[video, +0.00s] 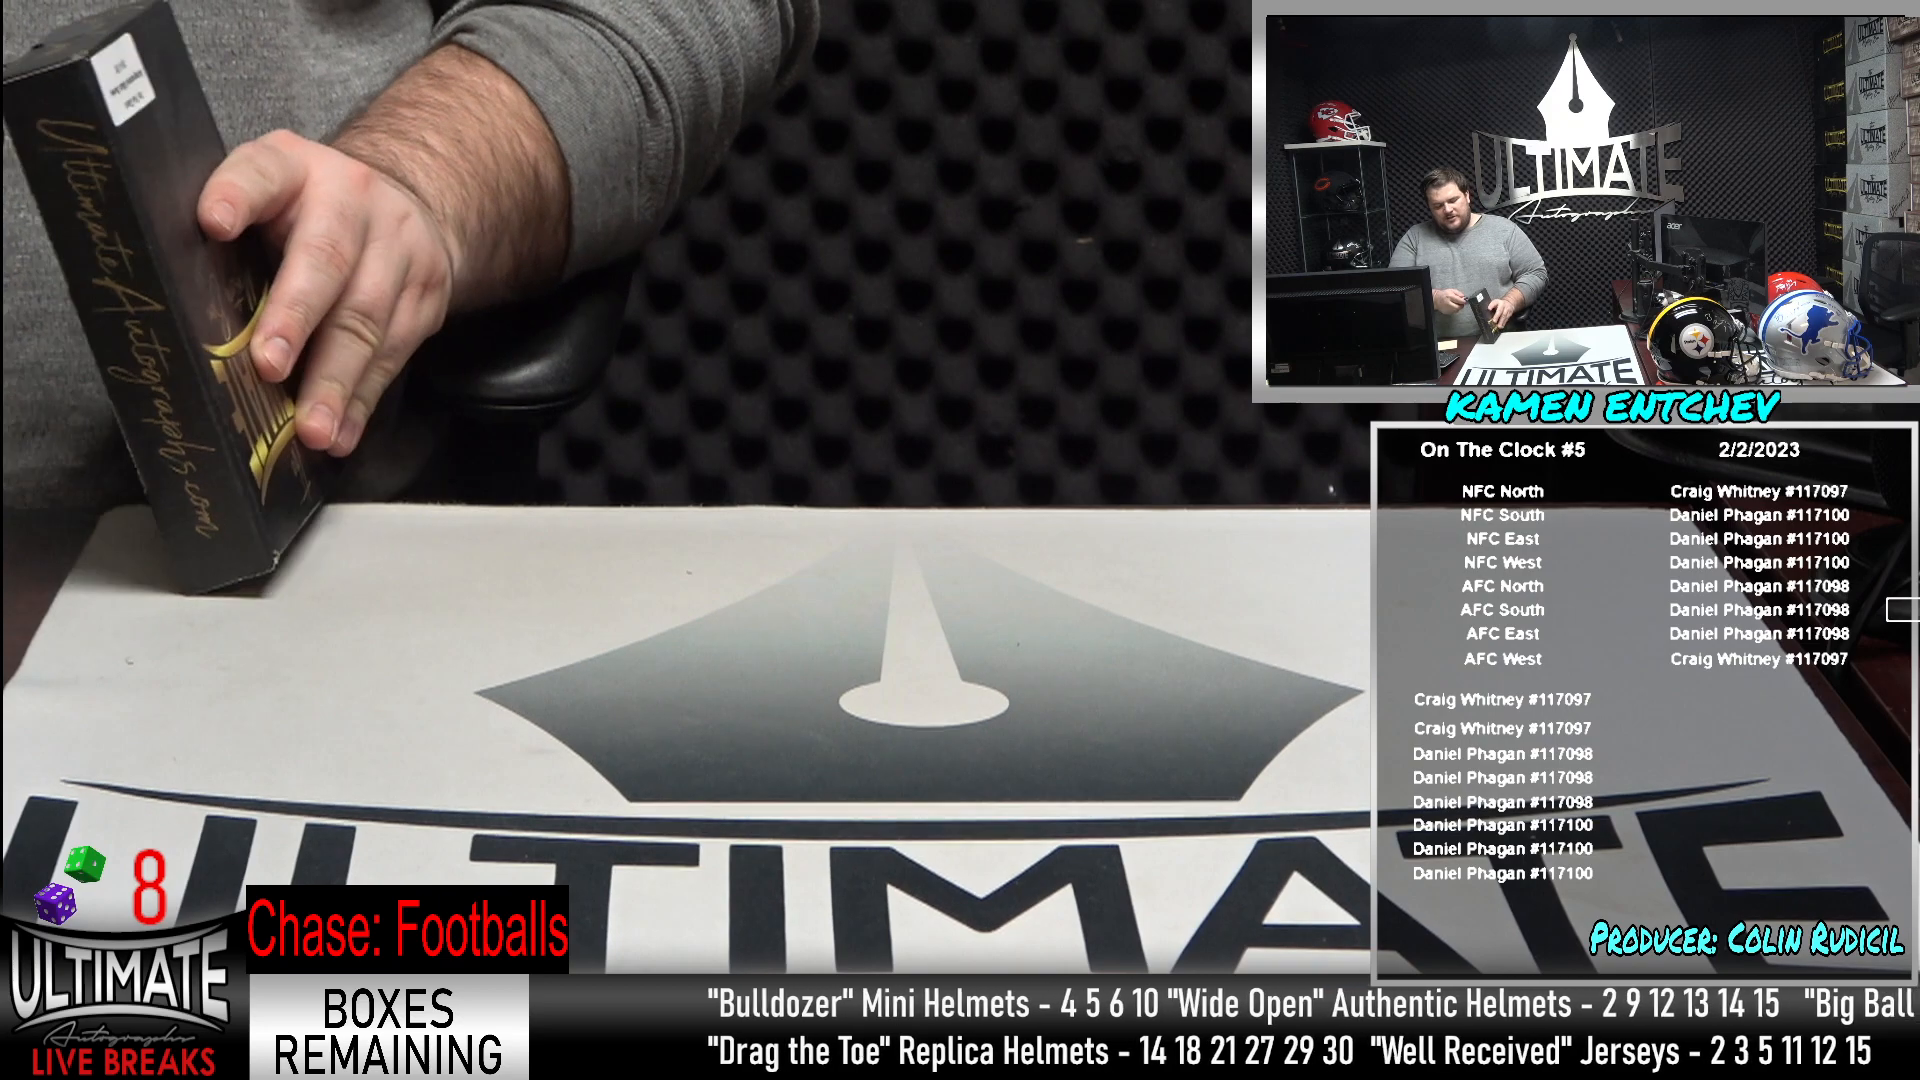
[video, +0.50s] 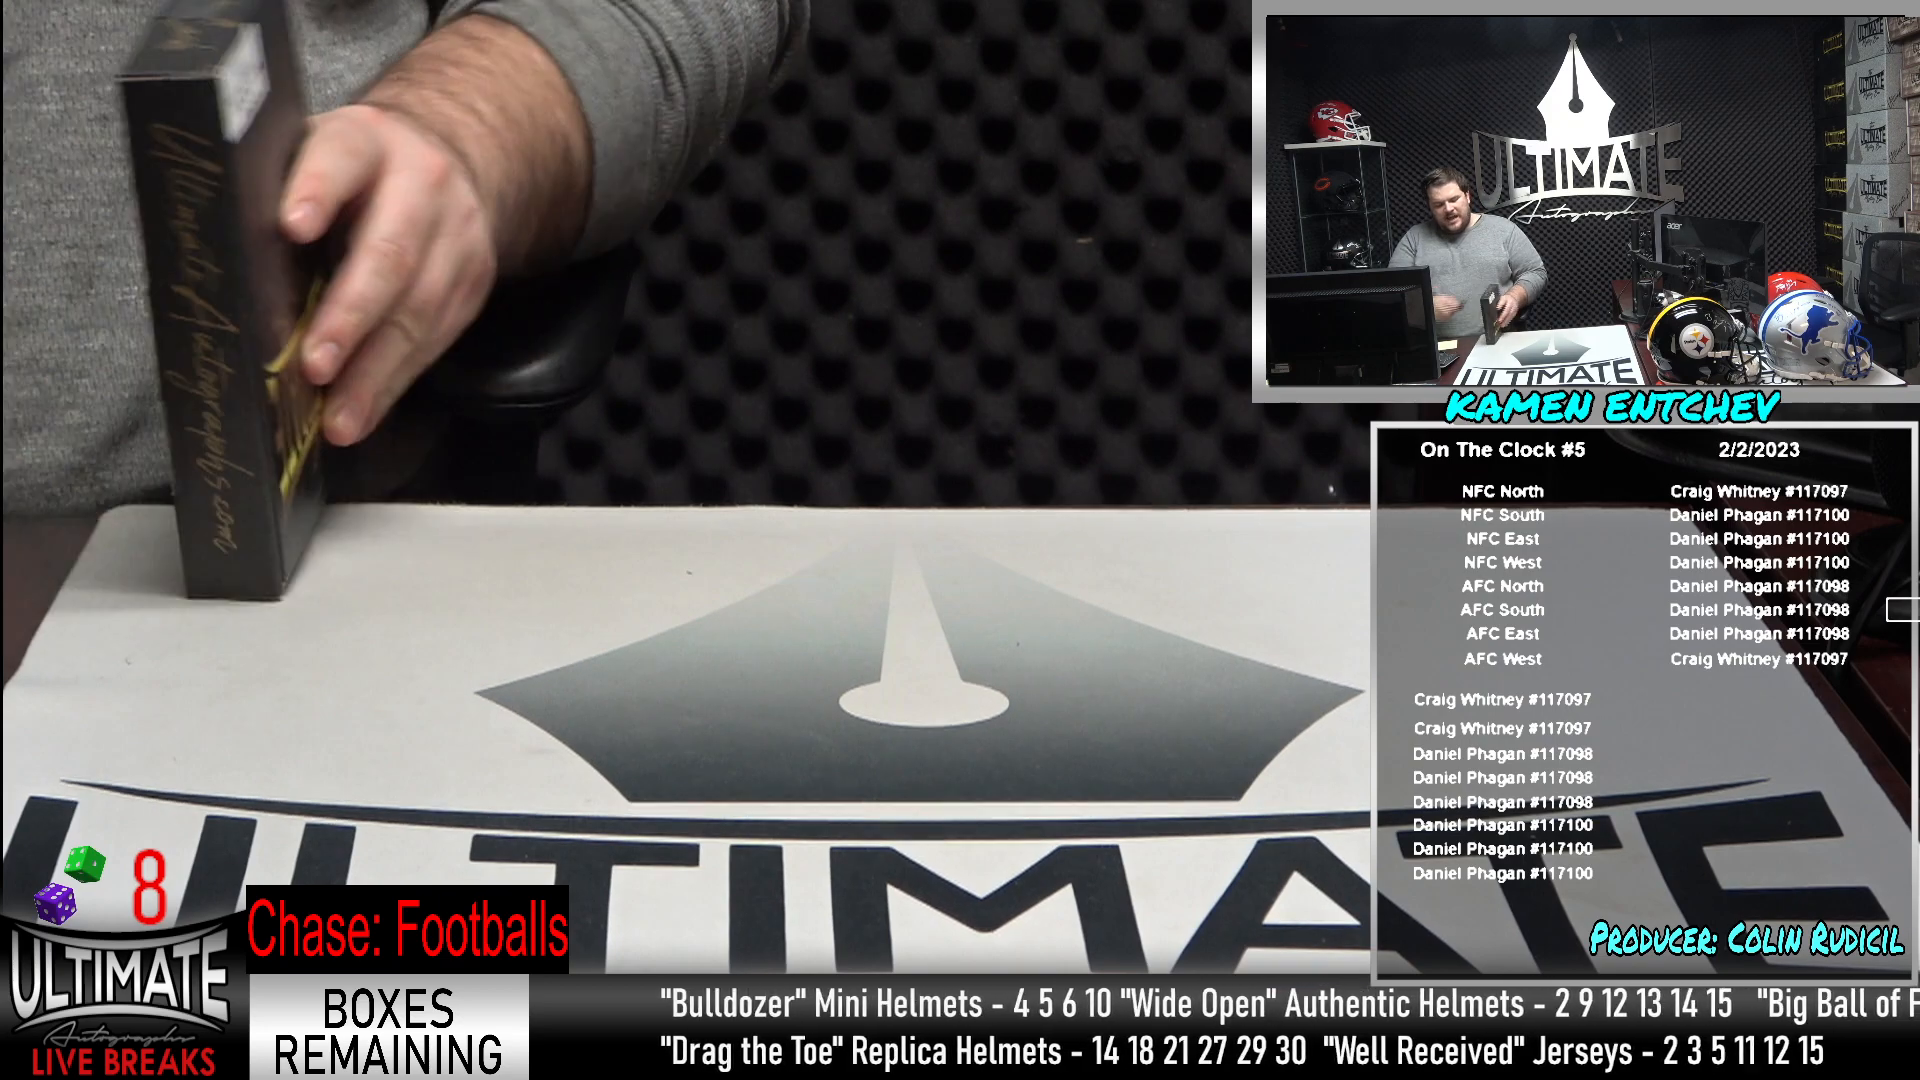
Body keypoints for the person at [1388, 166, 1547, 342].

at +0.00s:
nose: (1448, 210)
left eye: (1453, 200)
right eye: (1439, 206)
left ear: (1467, 196)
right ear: (1430, 208)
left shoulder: (1504, 230)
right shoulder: (1415, 239)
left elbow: (1535, 273)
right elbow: (1394, 287)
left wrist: (1510, 301)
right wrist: (1434, 298)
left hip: (1501, 346)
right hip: (1438, 351)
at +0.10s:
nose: (1447, 210)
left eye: (1452, 201)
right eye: (1438, 206)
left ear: (1467, 196)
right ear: (1429, 208)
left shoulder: (1504, 230)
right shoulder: (1415, 239)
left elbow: (1535, 273)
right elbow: (1395, 287)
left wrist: (1508, 302)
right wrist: (1434, 298)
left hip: (1499, 346)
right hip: (1438, 351)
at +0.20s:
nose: (1447, 210)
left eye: (1452, 201)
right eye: (1438, 206)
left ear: (1467, 196)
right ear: (1429, 208)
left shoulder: (1504, 230)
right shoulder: (1415, 239)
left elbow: (1535, 273)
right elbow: (1395, 287)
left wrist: (1508, 302)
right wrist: (1434, 298)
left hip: (1499, 346)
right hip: (1438, 351)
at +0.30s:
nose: (1447, 210)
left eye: (1452, 200)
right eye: (1438, 206)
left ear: (1466, 196)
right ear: (1429, 208)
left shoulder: (1503, 230)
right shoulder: (1415, 239)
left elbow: (1534, 272)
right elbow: (1393, 287)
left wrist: (1510, 300)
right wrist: (1433, 296)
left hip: (1501, 347)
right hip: (1438, 353)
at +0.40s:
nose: (1447, 210)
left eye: (1452, 200)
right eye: (1437, 206)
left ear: (1466, 196)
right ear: (1429, 208)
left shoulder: (1503, 230)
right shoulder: (1415, 239)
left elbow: (1534, 272)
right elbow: (1393, 287)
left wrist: (1511, 300)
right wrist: (1433, 296)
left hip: (1501, 348)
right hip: (1438, 353)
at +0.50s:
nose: (1449, 209)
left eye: (1454, 199)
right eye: (1439, 204)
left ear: (1468, 196)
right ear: (1430, 207)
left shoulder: (1503, 231)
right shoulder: (1415, 239)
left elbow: (1535, 272)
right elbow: (1392, 290)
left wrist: (1515, 297)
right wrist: (1425, 305)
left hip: (1499, 348)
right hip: (1437, 353)